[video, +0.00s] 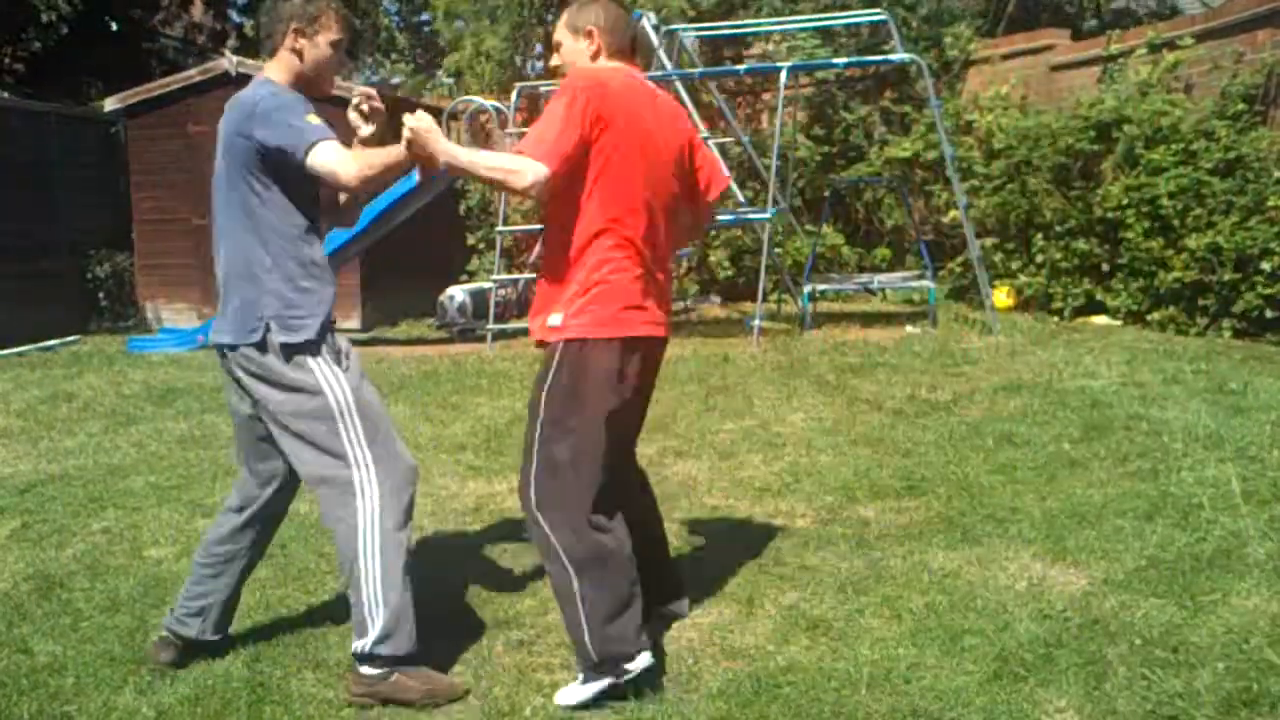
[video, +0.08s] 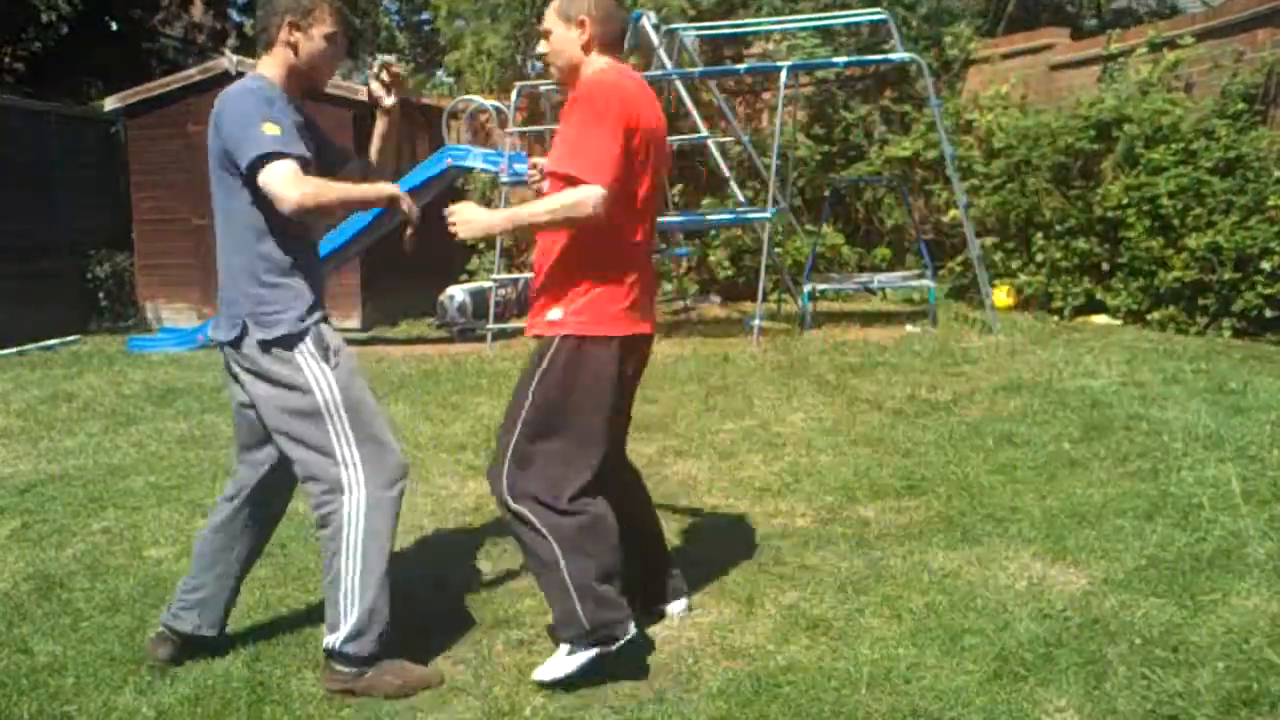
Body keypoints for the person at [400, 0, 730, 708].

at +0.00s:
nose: (553, 61)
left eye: (558, 47)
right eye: (554, 49)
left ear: (592, 41)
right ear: (617, 44)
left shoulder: (589, 86)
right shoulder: (673, 109)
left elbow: (530, 172)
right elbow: (712, 191)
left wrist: (444, 150)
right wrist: (657, 244)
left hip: (591, 320)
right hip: (646, 320)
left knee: (555, 491)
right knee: (613, 468)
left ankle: (616, 657)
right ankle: (658, 595)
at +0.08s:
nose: (541, 46)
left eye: (548, 33)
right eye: (542, 33)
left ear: (583, 33)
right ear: (592, 33)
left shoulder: (600, 88)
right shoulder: (634, 90)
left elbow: (589, 198)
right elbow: (635, 199)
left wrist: (493, 220)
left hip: (586, 321)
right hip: (620, 319)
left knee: (524, 476)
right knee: (598, 462)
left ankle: (598, 630)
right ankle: (653, 587)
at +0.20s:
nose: (519, 39)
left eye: (529, 28)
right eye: (519, 27)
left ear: (570, 32)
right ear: (559, 32)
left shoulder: (608, 109)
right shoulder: (544, 95)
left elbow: (665, 218)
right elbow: (478, 93)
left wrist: (623, 309)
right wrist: (434, 61)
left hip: (572, 327)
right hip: (554, 321)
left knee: (497, 465)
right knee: (587, 461)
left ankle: (505, 624)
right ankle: (656, 585)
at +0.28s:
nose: (500, 54)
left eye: (510, 43)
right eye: (501, 43)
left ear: (547, 48)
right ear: (539, 47)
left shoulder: (583, 125)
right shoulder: (513, 111)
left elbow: (650, 222)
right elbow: (447, 97)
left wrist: (612, 322)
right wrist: (406, 57)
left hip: (547, 338)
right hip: (531, 333)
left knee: (485, 482)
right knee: (578, 473)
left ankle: (465, 641)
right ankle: (659, 586)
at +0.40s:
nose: (482, 57)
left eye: (488, 44)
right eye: (485, 44)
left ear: (516, 48)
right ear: (534, 50)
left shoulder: (533, 128)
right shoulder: (564, 117)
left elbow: (556, 244)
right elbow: (468, 136)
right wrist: (422, 100)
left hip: (504, 345)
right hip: (553, 344)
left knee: (456, 488)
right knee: (561, 460)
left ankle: (465, 639)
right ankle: (651, 581)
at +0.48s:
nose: (482, 48)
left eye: (487, 36)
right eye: (486, 36)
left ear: (504, 41)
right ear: (552, 46)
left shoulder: (488, 116)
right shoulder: (581, 110)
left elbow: (478, 224)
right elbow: (520, 154)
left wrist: (419, 280)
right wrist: (435, 158)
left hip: (491, 337)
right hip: (554, 333)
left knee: (449, 483)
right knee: (560, 451)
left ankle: (465, 640)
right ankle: (644, 569)